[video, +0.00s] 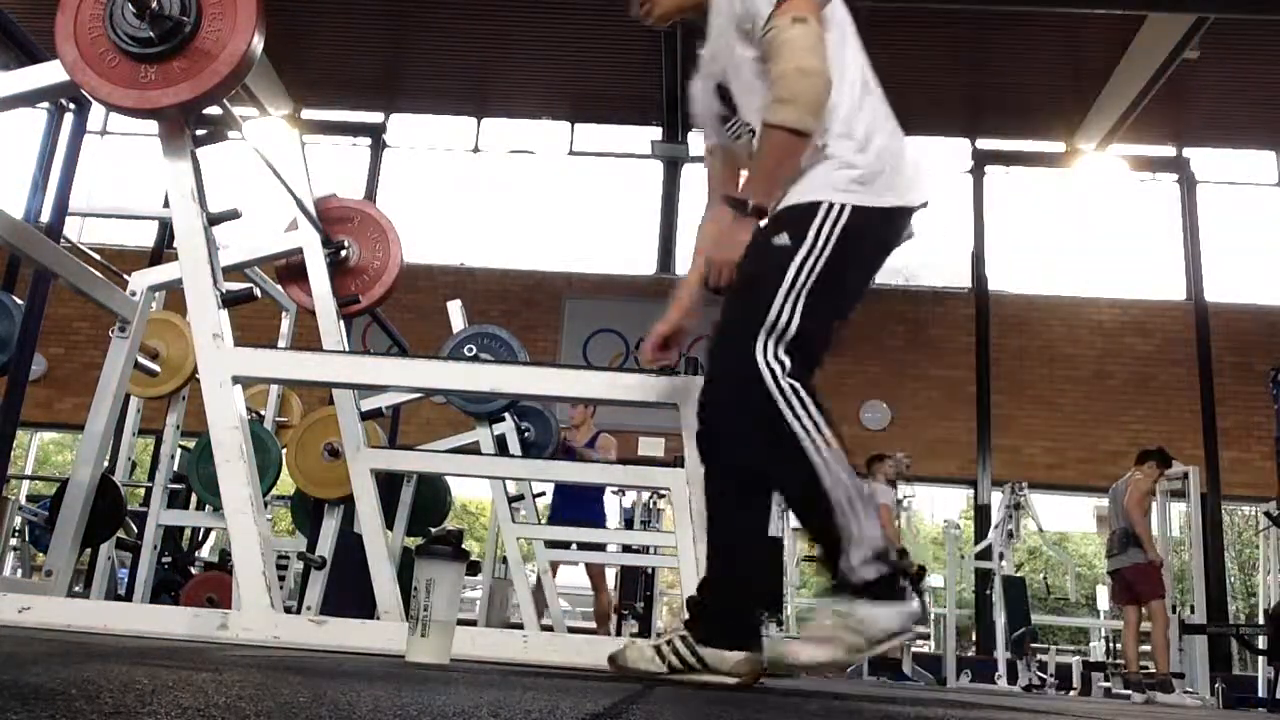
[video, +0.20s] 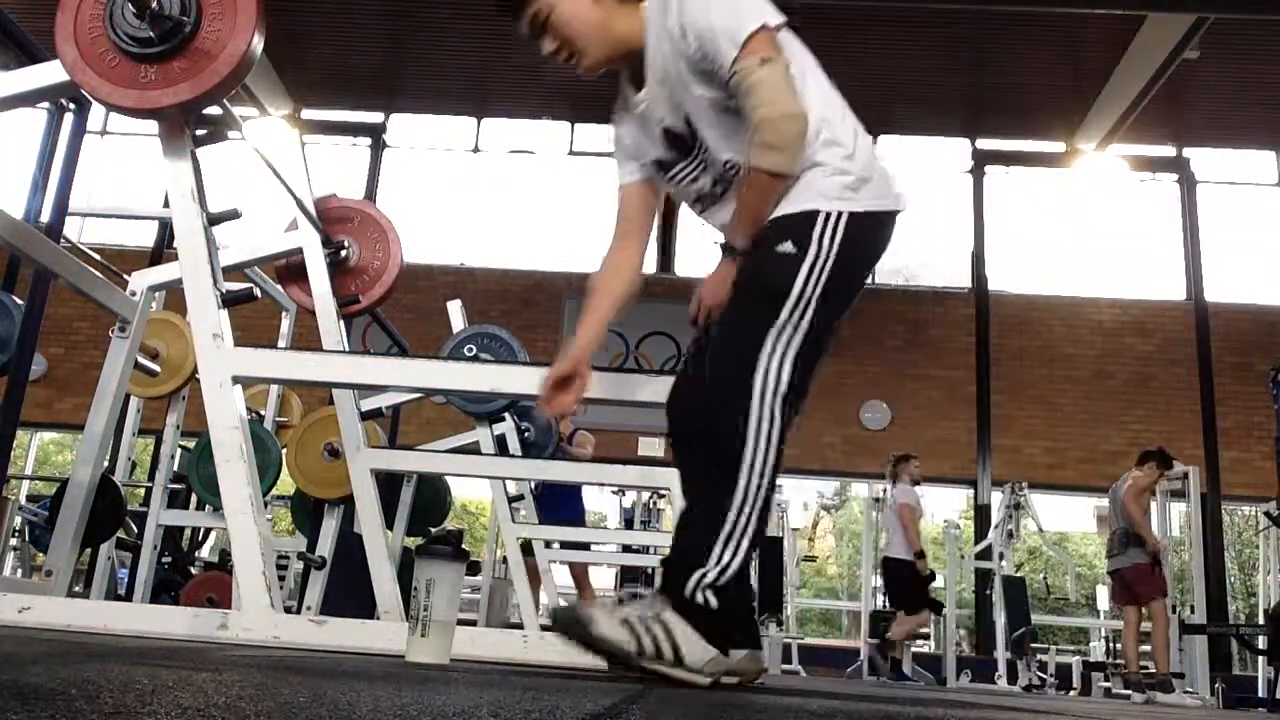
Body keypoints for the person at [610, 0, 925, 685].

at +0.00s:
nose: (638, 7)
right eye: (634, 5)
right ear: (662, 11)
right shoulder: (712, 66)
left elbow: (803, 84)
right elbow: (725, 191)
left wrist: (745, 207)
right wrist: (690, 301)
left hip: (851, 178)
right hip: (797, 195)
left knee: (762, 368)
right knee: (729, 407)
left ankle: (877, 588)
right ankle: (725, 635)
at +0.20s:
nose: (545, 44)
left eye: (543, 17)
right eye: (534, 35)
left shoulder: (695, 8)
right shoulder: (636, 114)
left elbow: (781, 118)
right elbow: (631, 236)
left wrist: (732, 254)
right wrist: (581, 347)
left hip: (834, 199)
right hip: (773, 224)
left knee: (747, 387)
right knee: (696, 401)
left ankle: (703, 618)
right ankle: (727, 631)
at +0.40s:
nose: (497, 123)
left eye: (493, 99)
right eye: (486, 115)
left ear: (534, 55)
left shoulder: (655, 48)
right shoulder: (590, 177)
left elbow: (771, 152)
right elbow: (568, 304)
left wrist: (713, 278)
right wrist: (502, 434)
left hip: (824, 205)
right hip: (767, 234)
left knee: (704, 371)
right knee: (664, 409)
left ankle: (690, 622)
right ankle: (726, 632)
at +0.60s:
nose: (475, 162)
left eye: (468, 137)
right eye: (460, 154)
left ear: (505, 89)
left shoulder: (627, 66)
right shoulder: (570, 209)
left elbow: (765, 151)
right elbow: (553, 338)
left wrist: (716, 263)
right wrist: (493, 478)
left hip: (819, 195)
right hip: (755, 239)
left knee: (705, 358)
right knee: (654, 406)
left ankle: (684, 620)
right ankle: (724, 627)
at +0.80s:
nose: (473, 105)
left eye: (468, 80)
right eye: (461, 98)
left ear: (507, 33)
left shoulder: (631, 29)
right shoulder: (570, 160)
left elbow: (750, 133)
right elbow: (597, 290)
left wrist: (694, 267)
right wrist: (546, 392)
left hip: (807, 179)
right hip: (747, 219)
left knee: (703, 368)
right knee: (669, 401)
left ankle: (683, 621)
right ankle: (726, 628)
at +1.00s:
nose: (510, 18)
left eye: (511, 1)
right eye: (505, 13)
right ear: (526, 17)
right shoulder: (598, 78)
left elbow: (724, 84)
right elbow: (653, 204)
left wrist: (660, 195)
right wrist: (605, 236)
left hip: (786, 167)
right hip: (744, 189)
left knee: (698, 377)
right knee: (691, 393)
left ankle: (690, 622)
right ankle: (726, 631)